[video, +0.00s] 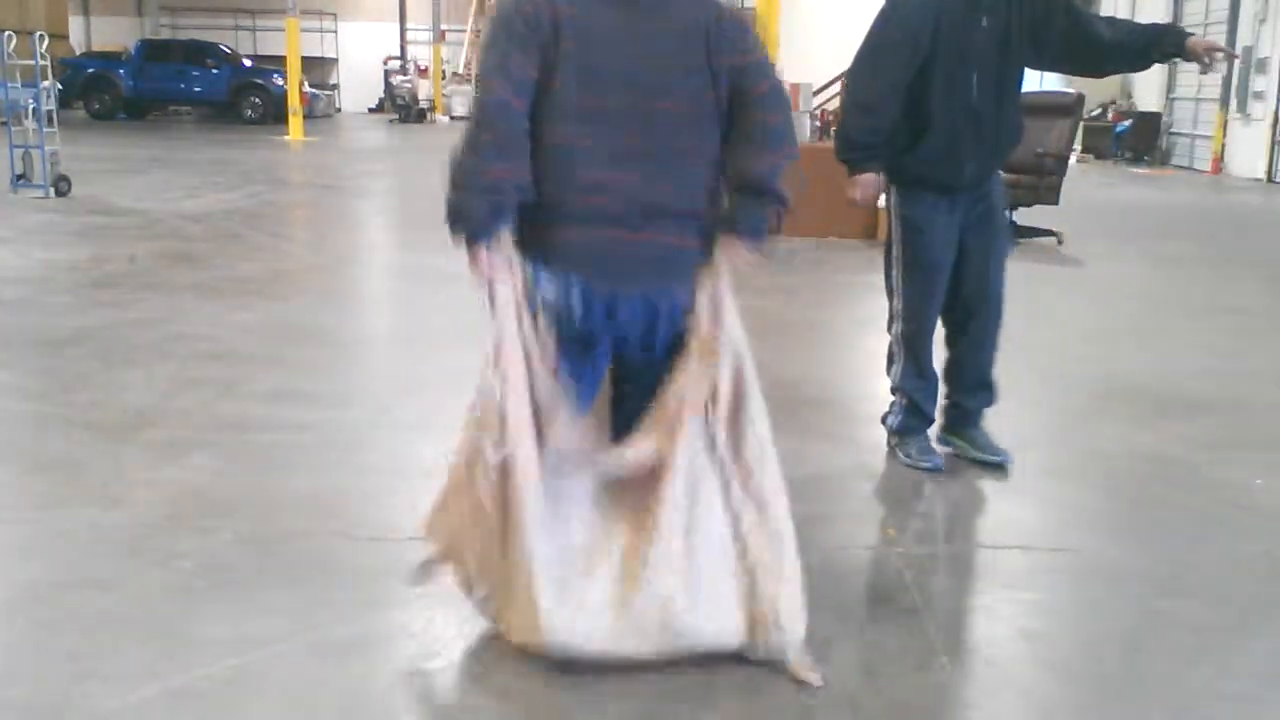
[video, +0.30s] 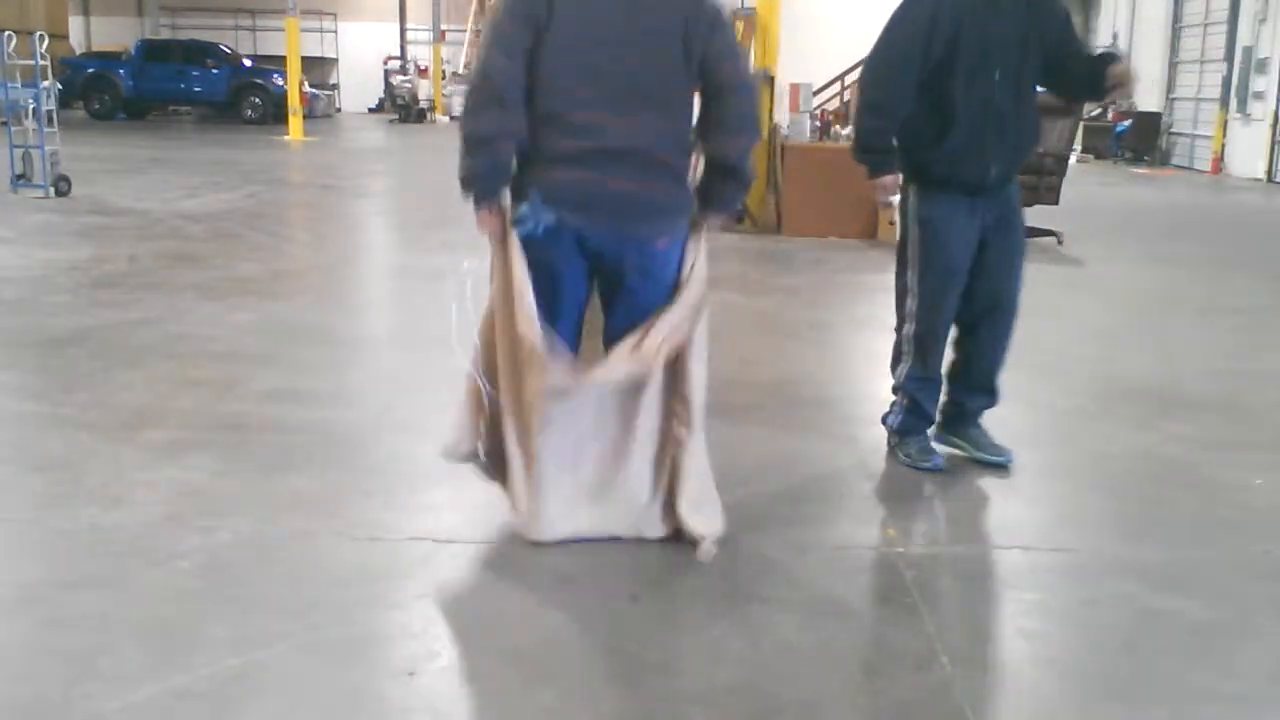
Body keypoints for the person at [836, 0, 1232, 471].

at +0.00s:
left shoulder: (1024, 10)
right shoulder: (922, 8)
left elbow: (1089, 39)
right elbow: (877, 67)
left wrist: (1177, 42)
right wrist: (864, 157)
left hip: (980, 174)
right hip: (921, 174)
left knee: (979, 306)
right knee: (916, 310)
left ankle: (962, 422)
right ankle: (907, 427)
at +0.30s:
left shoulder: (1039, 9)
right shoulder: (933, 8)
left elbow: (1062, 65)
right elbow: (885, 72)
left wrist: (1103, 75)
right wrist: (880, 158)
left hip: (1000, 183)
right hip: (939, 180)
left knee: (995, 308)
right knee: (928, 311)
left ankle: (961, 420)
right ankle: (908, 426)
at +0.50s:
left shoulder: (1054, 11)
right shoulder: (973, 8)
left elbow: (1034, 80)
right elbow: (924, 78)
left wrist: (1068, 113)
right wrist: (949, 162)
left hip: (1025, 193)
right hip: (968, 189)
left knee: (1041, 314)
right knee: (941, 316)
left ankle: (1042, 432)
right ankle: (909, 429)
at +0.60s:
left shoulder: (1074, 11)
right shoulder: (1006, 9)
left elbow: (1050, 84)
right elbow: (957, 83)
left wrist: (1083, 119)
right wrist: (998, 162)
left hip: (1044, 197)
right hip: (987, 196)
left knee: (1066, 316)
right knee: (957, 314)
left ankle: (1071, 437)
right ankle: (909, 426)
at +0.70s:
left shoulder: (1087, 17)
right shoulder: (1034, 12)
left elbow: (1069, 98)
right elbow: (1004, 90)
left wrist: (1108, 122)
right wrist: (1052, 161)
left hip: (1070, 204)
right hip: (1016, 200)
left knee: (1090, 321)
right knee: (986, 321)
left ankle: (1074, 437)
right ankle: (914, 420)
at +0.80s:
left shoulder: (1106, 13)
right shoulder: (1066, 10)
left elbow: (1098, 87)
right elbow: (1049, 85)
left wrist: (1136, 113)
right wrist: (1109, 143)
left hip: (1090, 191)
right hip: (1044, 187)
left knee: (1098, 321)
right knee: (1028, 317)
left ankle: (1074, 438)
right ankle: (936, 408)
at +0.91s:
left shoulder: (1125, 12)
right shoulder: (1091, 9)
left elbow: (1106, 80)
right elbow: (1066, 80)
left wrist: (1146, 104)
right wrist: (1135, 123)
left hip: (1100, 174)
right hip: (1064, 170)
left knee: (1104, 314)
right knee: (1070, 310)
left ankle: (1074, 438)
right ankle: (973, 410)